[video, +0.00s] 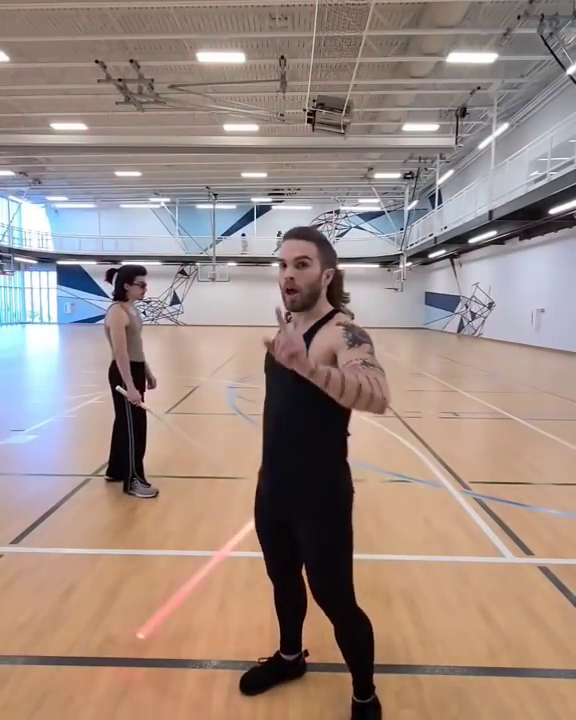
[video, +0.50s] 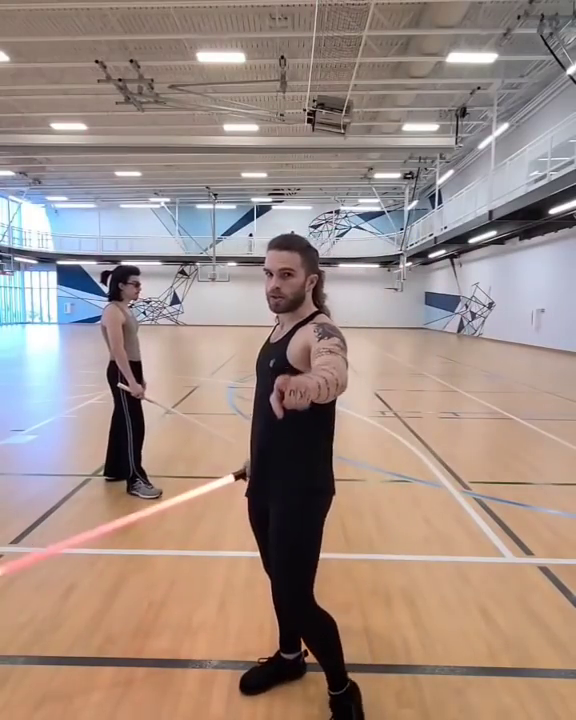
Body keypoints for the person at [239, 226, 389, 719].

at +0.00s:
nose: (288, 275)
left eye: (301, 265)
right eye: (282, 266)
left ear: (328, 275)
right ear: (277, 275)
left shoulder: (344, 333)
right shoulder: (286, 332)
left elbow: (377, 394)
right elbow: (280, 415)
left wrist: (307, 368)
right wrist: (268, 477)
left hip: (321, 491)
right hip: (275, 485)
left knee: (336, 599)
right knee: (283, 576)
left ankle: (364, 696)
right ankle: (290, 655)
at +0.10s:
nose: (278, 283)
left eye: (291, 274)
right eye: (273, 273)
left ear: (318, 280)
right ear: (269, 276)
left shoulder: (333, 332)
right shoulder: (285, 333)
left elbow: (348, 377)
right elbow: (276, 415)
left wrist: (306, 370)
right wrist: (262, 477)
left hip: (310, 488)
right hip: (269, 483)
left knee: (328, 602)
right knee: (281, 576)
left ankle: (364, 694)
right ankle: (290, 655)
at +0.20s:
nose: (271, 284)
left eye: (284, 276)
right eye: (267, 274)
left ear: (312, 282)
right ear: (265, 276)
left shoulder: (320, 332)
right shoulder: (284, 330)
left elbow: (330, 372)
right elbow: (272, 415)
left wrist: (295, 380)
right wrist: (258, 473)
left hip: (301, 487)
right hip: (266, 482)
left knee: (316, 603)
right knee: (277, 575)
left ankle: (364, 692)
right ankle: (290, 655)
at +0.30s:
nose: (269, 284)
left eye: (281, 274)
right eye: (265, 274)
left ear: (309, 280)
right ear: (263, 277)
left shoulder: (317, 331)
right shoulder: (281, 331)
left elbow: (326, 372)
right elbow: (269, 420)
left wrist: (296, 379)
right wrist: (254, 476)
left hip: (299, 487)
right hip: (266, 483)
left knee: (304, 602)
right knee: (277, 576)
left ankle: (356, 690)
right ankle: (290, 655)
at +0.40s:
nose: (271, 284)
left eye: (283, 275)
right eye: (266, 274)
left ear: (309, 280)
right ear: (262, 276)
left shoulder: (319, 331)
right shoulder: (280, 332)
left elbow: (327, 369)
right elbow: (268, 418)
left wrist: (294, 378)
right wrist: (254, 475)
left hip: (300, 486)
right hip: (267, 481)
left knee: (298, 598)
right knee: (279, 574)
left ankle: (346, 690)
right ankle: (289, 655)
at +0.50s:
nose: (274, 283)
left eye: (286, 275)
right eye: (269, 274)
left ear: (312, 280)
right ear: (263, 276)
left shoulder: (322, 331)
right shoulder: (281, 331)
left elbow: (331, 375)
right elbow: (271, 412)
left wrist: (296, 385)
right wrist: (255, 462)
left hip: (303, 483)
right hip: (268, 478)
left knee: (298, 599)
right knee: (280, 574)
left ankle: (342, 690)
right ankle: (289, 655)